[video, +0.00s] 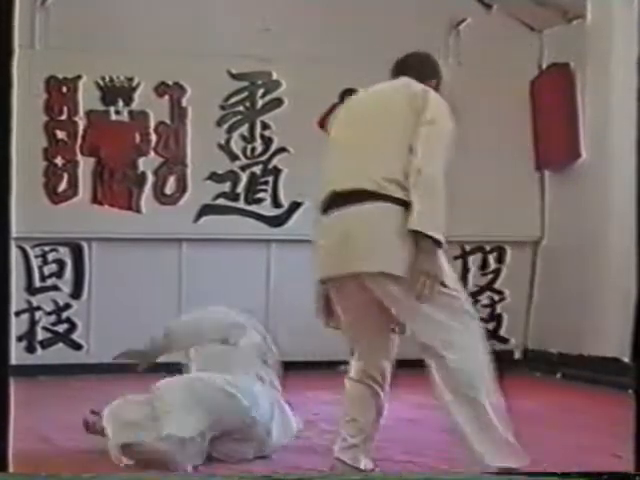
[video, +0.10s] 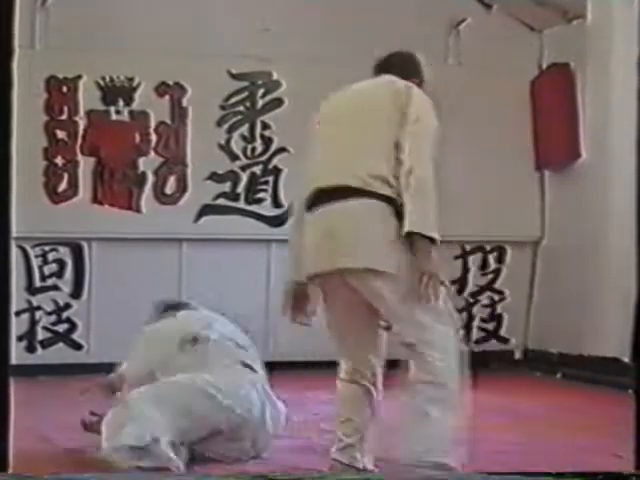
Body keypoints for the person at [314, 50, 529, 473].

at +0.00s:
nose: (437, 95)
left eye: (436, 89)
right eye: (438, 89)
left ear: (393, 75)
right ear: (431, 84)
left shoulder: (348, 107)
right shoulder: (428, 99)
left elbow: (330, 195)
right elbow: (427, 171)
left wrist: (328, 278)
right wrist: (428, 244)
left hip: (334, 238)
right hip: (388, 231)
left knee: (371, 350)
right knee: (458, 336)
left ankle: (350, 456)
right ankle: (500, 456)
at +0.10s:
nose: (421, 94)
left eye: (420, 88)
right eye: (421, 87)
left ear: (377, 73)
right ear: (414, 81)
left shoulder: (331, 105)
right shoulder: (412, 96)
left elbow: (306, 194)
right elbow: (416, 170)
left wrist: (300, 275)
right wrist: (425, 247)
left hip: (317, 232)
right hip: (371, 228)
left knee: (359, 355)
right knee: (436, 337)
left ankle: (348, 456)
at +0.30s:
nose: (379, 77)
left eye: (377, 71)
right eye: (377, 70)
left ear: (332, 59)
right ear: (367, 63)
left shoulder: (288, 95)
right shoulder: (366, 80)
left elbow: (259, 181)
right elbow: (387, 154)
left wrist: (242, 257)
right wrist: (423, 227)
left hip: (281, 220)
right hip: (326, 216)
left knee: (330, 350)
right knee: (336, 353)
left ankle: (344, 455)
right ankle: (249, 437)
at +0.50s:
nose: (334, 71)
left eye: (335, 66)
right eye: (335, 65)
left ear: (293, 47)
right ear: (326, 55)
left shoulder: (244, 81)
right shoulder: (321, 78)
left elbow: (209, 165)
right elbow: (338, 156)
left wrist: (204, 248)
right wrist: (374, 224)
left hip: (222, 209)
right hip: (265, 210)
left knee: (288, 337)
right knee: (268, 344)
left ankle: (307, 451)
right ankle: (218, 459)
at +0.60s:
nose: (306, 73)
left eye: (307, 67)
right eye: (307, 66)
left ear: (268, 46)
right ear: (298, 55)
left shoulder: (214, 81)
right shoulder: (285, 80)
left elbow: (196, 161)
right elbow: (292, 162)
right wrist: (323, 241)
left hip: (191, 218)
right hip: (232, 221)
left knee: (246, 345)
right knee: (255, 347)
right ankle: (224, 462)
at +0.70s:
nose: (291, 70)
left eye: (294, 62)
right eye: (293, 61)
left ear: (252, 42)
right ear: (282, 50)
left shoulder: (199, 75)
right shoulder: (262, 75)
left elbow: (173, 160)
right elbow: (257, 158)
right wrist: (277, 237)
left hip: (172, 217)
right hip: (212, 218)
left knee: (213, 348)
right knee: (235, 351)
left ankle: (171, 443)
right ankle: (220, 464)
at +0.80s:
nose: (266, 68)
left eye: (269, 59)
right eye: (267, 56)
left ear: (230, 40)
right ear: (251, 44)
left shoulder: (183, 70)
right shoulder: (228, 73)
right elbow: (214, 147)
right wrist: (208, 223)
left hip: (144, 214)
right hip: (176, 216)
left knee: (166, 350)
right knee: (214, 344)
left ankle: (106, 444)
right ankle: (218, 462)